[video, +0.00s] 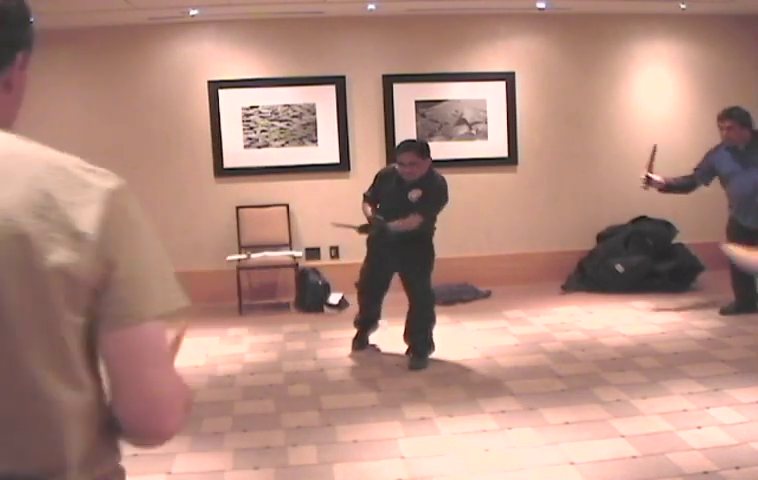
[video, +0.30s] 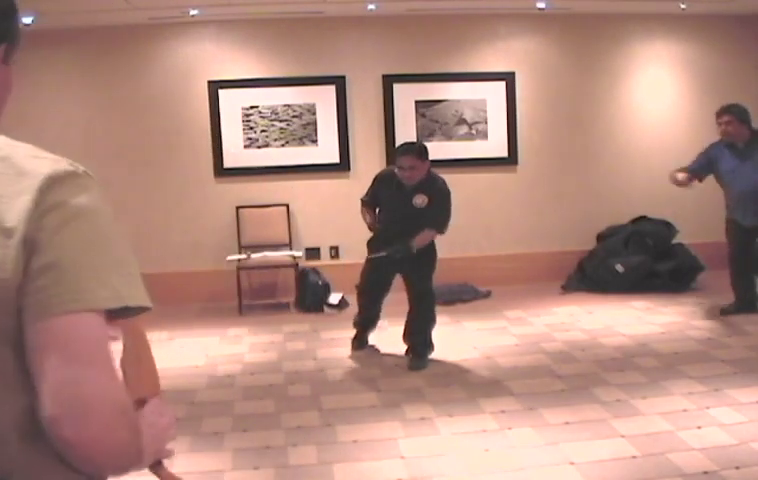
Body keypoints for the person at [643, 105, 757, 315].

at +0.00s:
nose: (725, 135)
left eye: (730, 128)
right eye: (722, 129)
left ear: (745, 128)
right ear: (721, 130)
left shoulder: (755, 148)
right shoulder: (719, 155)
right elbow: (694, 180)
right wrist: (664, 184)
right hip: (741, 222)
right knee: (739, 261)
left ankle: (751, 300)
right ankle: (744, 300)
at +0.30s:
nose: (723, 129)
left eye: (728, 123)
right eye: (720, 124)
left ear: (743, 124)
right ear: (718, 127)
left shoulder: (754, 145)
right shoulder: (718, 150)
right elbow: (697, 167)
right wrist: (682, 176)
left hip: (754, 218)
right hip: (738, 218)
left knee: (752, 261)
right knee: (739, 261)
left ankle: (751, 301)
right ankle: (743, 301)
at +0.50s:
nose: (731, 126)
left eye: (736, 120)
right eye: (729, 121)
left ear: (751, 121)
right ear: (727, 123)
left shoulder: (754, 146)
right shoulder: (726, 148)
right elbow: (705, 179)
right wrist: (710, 191)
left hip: (754, 216)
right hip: (739, 217)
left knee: (750, 260)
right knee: (739, 260)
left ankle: (750, 300)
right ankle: (743, 300)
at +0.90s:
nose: (756, 118)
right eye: (755, 114)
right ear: (754, 117)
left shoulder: (748, 145)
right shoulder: (748, 145)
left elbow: (732, 172)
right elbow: (733, 172)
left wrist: (740, 193)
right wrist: (738, 193)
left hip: (753, 215)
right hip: (753, 215)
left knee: (750, 256)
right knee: (749, 256)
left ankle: (747, 298)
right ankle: (746, 298)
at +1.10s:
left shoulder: (753, 148)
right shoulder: (753, 147)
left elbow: (747, 169)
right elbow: (747, 169)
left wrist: (750, 191)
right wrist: (749, 190)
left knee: (753, 254)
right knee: (752, 254)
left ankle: (749, 295)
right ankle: (748, 294)